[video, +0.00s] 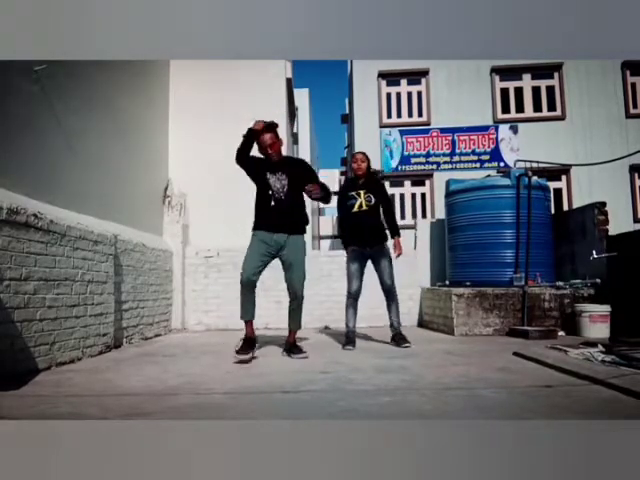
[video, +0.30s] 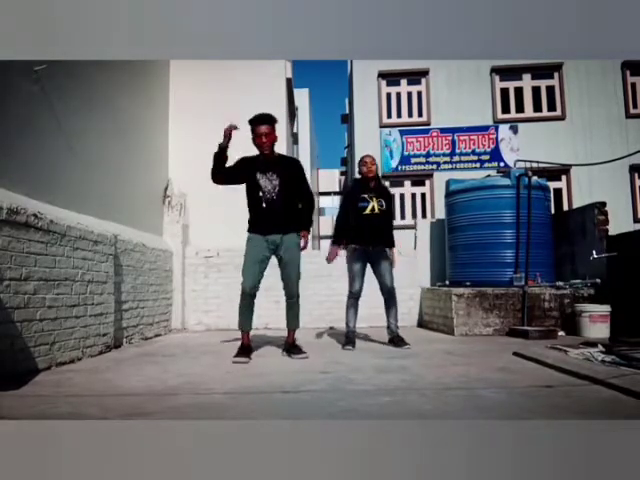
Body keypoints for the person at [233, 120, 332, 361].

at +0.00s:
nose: (270, 149)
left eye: (273, 143)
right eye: (265, 146)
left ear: (281, 142)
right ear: (260, 148)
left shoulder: (299, 166)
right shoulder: (259, 167)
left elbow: (326, 196)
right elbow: (241, 157)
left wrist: (320, 193)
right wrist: (251, 134)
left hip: (293, 237)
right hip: (264, 235)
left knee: (297, 290)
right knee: (247, 279)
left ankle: (292, 340)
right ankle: (249, 335)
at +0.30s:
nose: (264, 139)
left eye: (268, 134)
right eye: (259, 135)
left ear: (275, 135)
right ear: (253, 138)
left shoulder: (291, 164)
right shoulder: (249, 165)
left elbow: (308, 198)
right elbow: (219, 177)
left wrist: (305, 227)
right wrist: (224, 145)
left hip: (289, 234)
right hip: (259, 235)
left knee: (292, 289)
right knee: (248, 288)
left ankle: (291, 340)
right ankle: (245, 342)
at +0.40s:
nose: (264, 138)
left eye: (268, 134)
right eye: (260, 134)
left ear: (275, 136)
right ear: (252, 137)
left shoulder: (287, 168)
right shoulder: (241, 169)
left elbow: (300, 202)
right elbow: (210, 197)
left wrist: (300, 231)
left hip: (285, 237)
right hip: (254, 237)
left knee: (294, 287)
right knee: (245, 288)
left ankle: (291, 337)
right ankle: (244, 342)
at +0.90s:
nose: (269, 128)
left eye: (273, 124)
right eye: (264, 124)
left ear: (280, 127)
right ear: (257, 127)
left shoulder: (290, 159)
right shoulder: (243, 158)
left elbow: (307, 192)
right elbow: (216, 189)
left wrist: (308, 218)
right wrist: (225, 215)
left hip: (285, 230)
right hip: (253, 231)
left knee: (297, 283)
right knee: (246, 287)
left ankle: (302, 342)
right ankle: (244, 342)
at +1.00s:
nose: (269, 130)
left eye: (273, 126)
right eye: (264, 126)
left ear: (279, 128)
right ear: (256, 128)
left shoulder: (292, 159)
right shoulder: (242, 159)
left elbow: (314, 182)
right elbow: (212, 179)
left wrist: (327, 200)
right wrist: (205, 199)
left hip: (285, 236)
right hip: (252, 237)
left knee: (301, 285)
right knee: (242, 289)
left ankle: (306, 340)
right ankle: (240, 341)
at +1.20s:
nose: (267, 143)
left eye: (271, 139)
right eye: (262, 139)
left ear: (278, 141)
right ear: (255, 142)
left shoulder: (294, 170)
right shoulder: (249, 178)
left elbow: (321, 196)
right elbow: (235, 211)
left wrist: (344, 191)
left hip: (293, 245)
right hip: (260, 246)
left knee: (314, 295)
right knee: (240, 289)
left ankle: (309, 344)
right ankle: (250, 336)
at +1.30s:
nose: (264, 152)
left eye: (269, 146)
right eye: (260, 147)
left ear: (277, 147)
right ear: (254, 149)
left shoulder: (294, 170)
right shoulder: (252, 188)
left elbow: (321, 180)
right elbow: (251, 224)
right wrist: (251, 236)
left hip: (299, 247)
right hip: (266, 250)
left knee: (320, 294)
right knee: (244, 293)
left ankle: (313, 339)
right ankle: (266, 338)